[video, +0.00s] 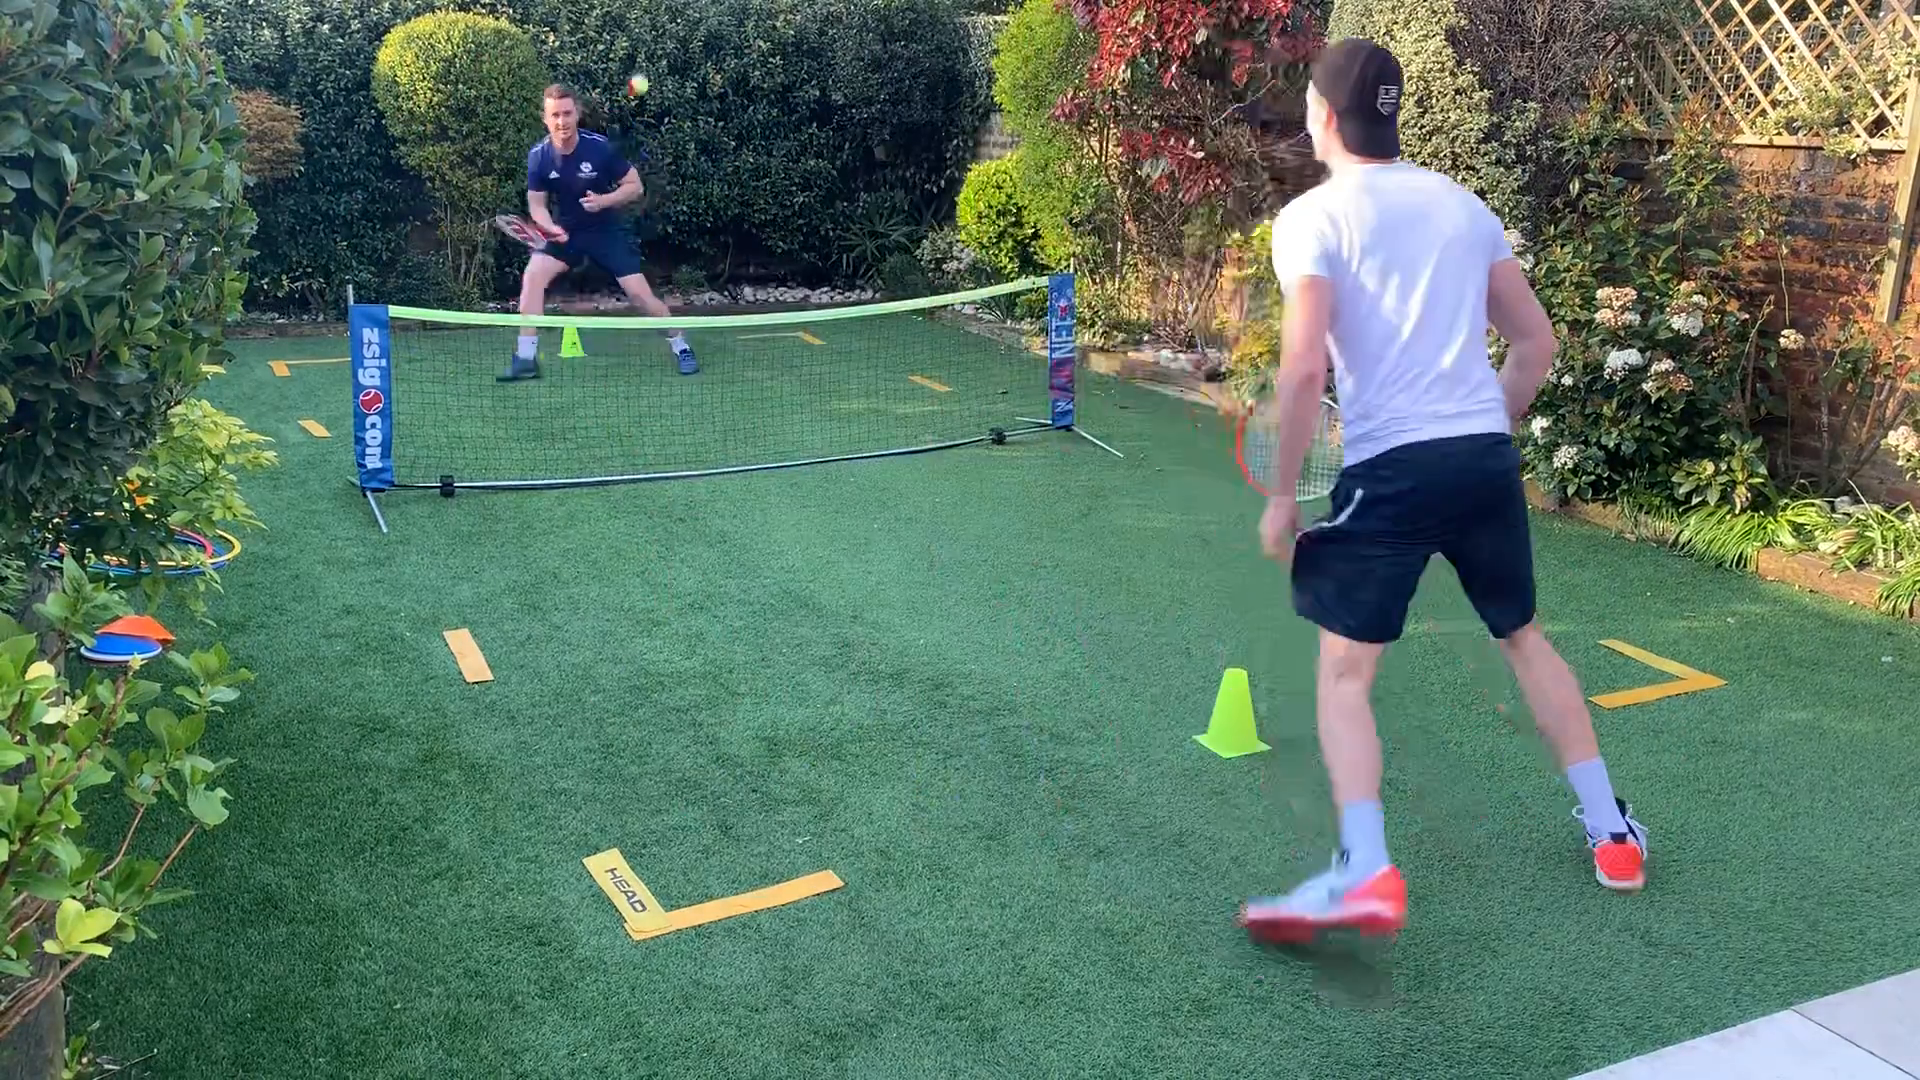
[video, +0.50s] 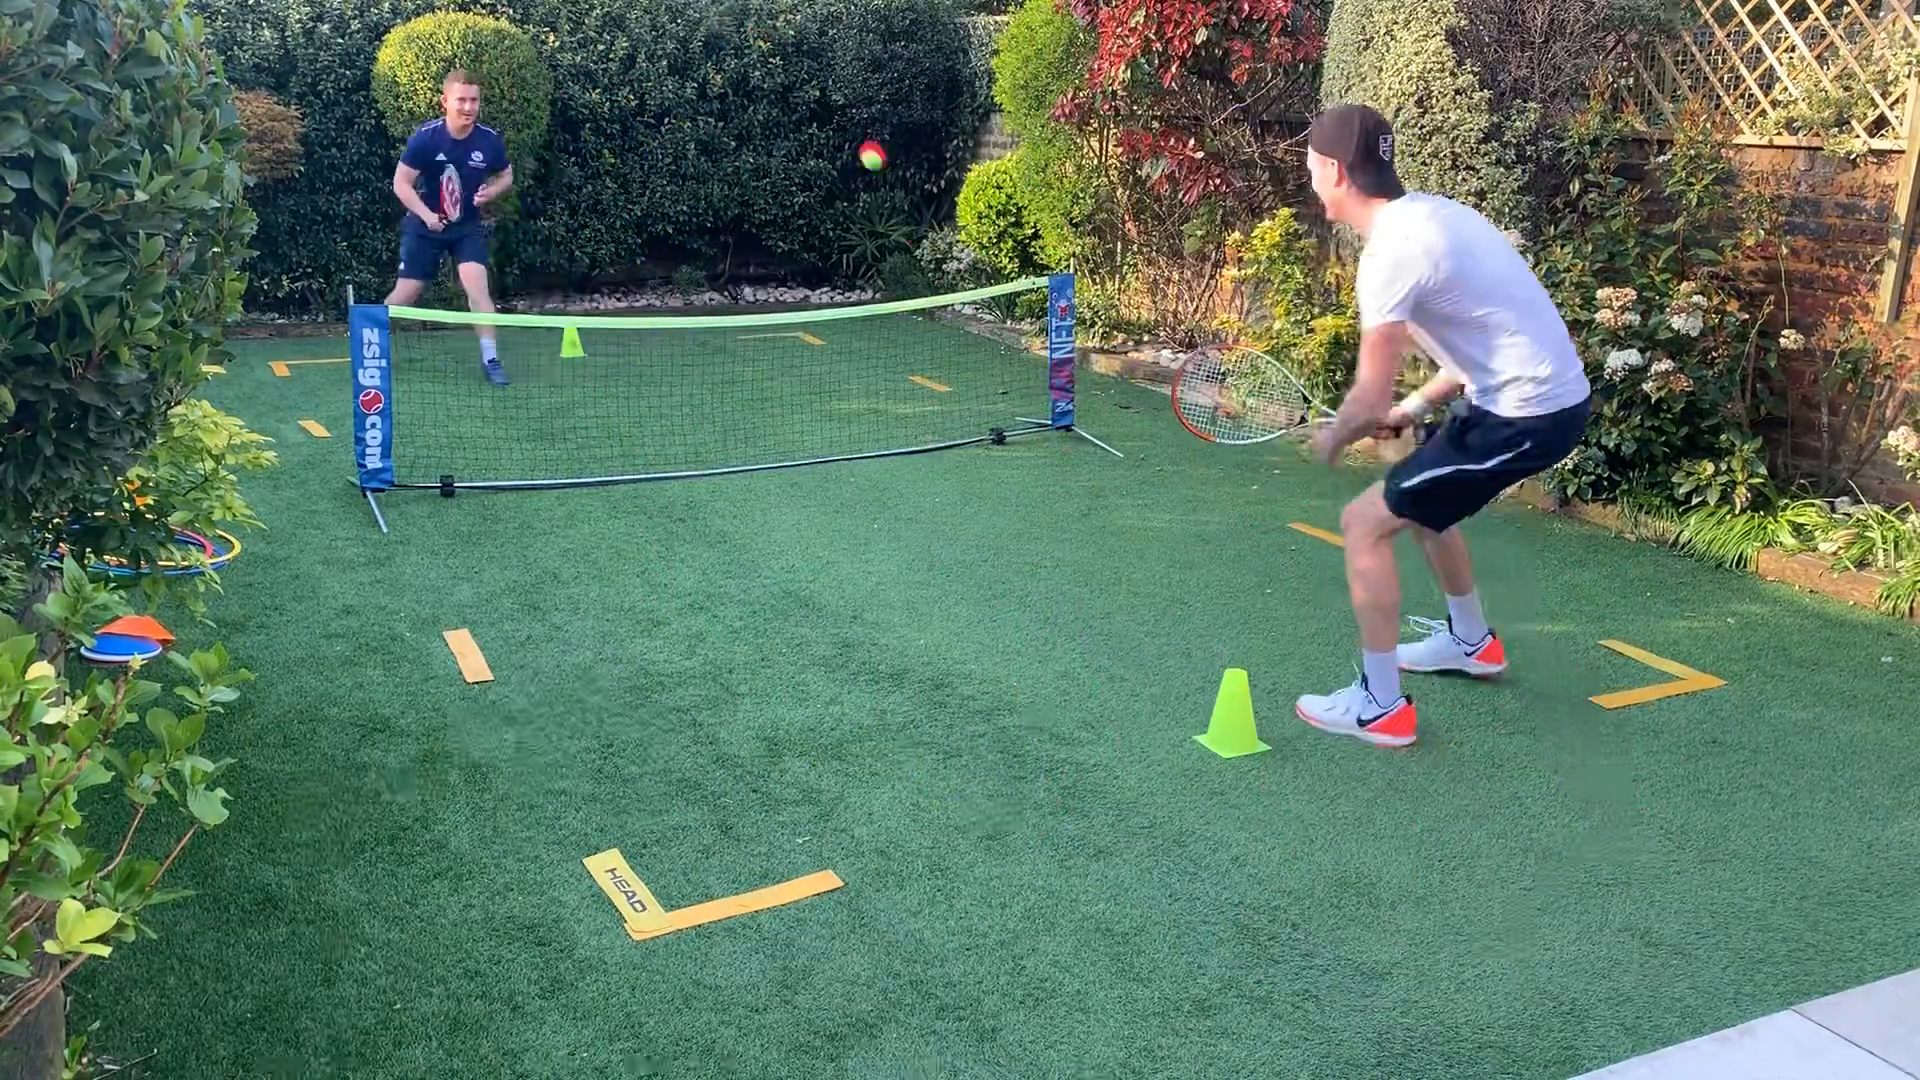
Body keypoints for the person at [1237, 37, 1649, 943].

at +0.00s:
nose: (1306, 122)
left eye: (1309, 108)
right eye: (1309, 106)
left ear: (1324, 116)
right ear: (1396, 114)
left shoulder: (1312, 216)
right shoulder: (1461, 202)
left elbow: (1306, 365)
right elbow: (1536, 343)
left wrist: (1283, 490)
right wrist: (1487, 429)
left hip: (1390, 471)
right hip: (1487, 462)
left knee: (1345, 675)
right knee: (1525, 637)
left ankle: (1364, 868)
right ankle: (1612, 832)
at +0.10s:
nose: (1322, 128)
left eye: (1325, 114)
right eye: (1325, 113)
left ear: (1345, 120)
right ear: (1408, 118)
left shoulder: (1343, 212)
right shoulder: (1472, 201)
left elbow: (1352, 355)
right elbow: (1535, 340)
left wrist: (1326, 478)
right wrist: (1468, 402)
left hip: (1412, 453)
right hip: (1510, 449)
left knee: (1349, 600)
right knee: (1532, 634)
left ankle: (1419, 769)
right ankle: (1608, 823)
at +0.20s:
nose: (1315, 132)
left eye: (1319, 119)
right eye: (1319, 118)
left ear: (1337, 128)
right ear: (1392, 128)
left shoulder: (1347, 212)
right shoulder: (1453, 198)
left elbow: (1352, 345)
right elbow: (1483, 322)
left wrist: (1317, 455)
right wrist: (1398, 423)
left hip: (1446, 427)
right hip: (1527, 425)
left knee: (1344, 535)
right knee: (1494, 599)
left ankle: (1389, 714)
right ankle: (1594, 755)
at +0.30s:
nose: (1308, 162)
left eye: (1312, 149)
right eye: (1310, 149)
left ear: (1331, 157)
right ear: (1382, 154)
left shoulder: (1348, 246)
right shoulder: (1449, 215)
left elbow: (1323, 389)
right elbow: (1479, 344)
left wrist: (1286, 480)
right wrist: (1405, 424)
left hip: (1455, 438)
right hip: (1529, 437)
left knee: (1350, 524)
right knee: (1445, 551)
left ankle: (1378, 700)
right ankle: (1549, 673)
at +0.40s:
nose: (1305, 181)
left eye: (1309, 168)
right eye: (1306, 167)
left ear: (1328, 176)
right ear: (1378, 170)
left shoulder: (1357, 265)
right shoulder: (1441, 220)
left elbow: (1321, 411)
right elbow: (1484, 341)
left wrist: (1282, 478)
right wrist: (1410, 418)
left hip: (1494, 428)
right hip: (1546, 413)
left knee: (1351, 526)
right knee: (1414, 501)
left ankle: (1379, 700)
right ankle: (1486, 654)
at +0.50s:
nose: (1311, 177)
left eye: (1314, 164)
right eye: (1312, 163)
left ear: (1338, 174)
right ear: (1376, 165)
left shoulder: (1389, 253)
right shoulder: (1438, 213)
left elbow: (1373, 398)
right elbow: (1485, 341)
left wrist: (1332, 435)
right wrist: (1415, 405)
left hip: (1522, 409)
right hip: (1555, 391)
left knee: (1364, 523)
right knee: (1422, 496)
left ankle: (1380, 700)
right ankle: (1470, 638)